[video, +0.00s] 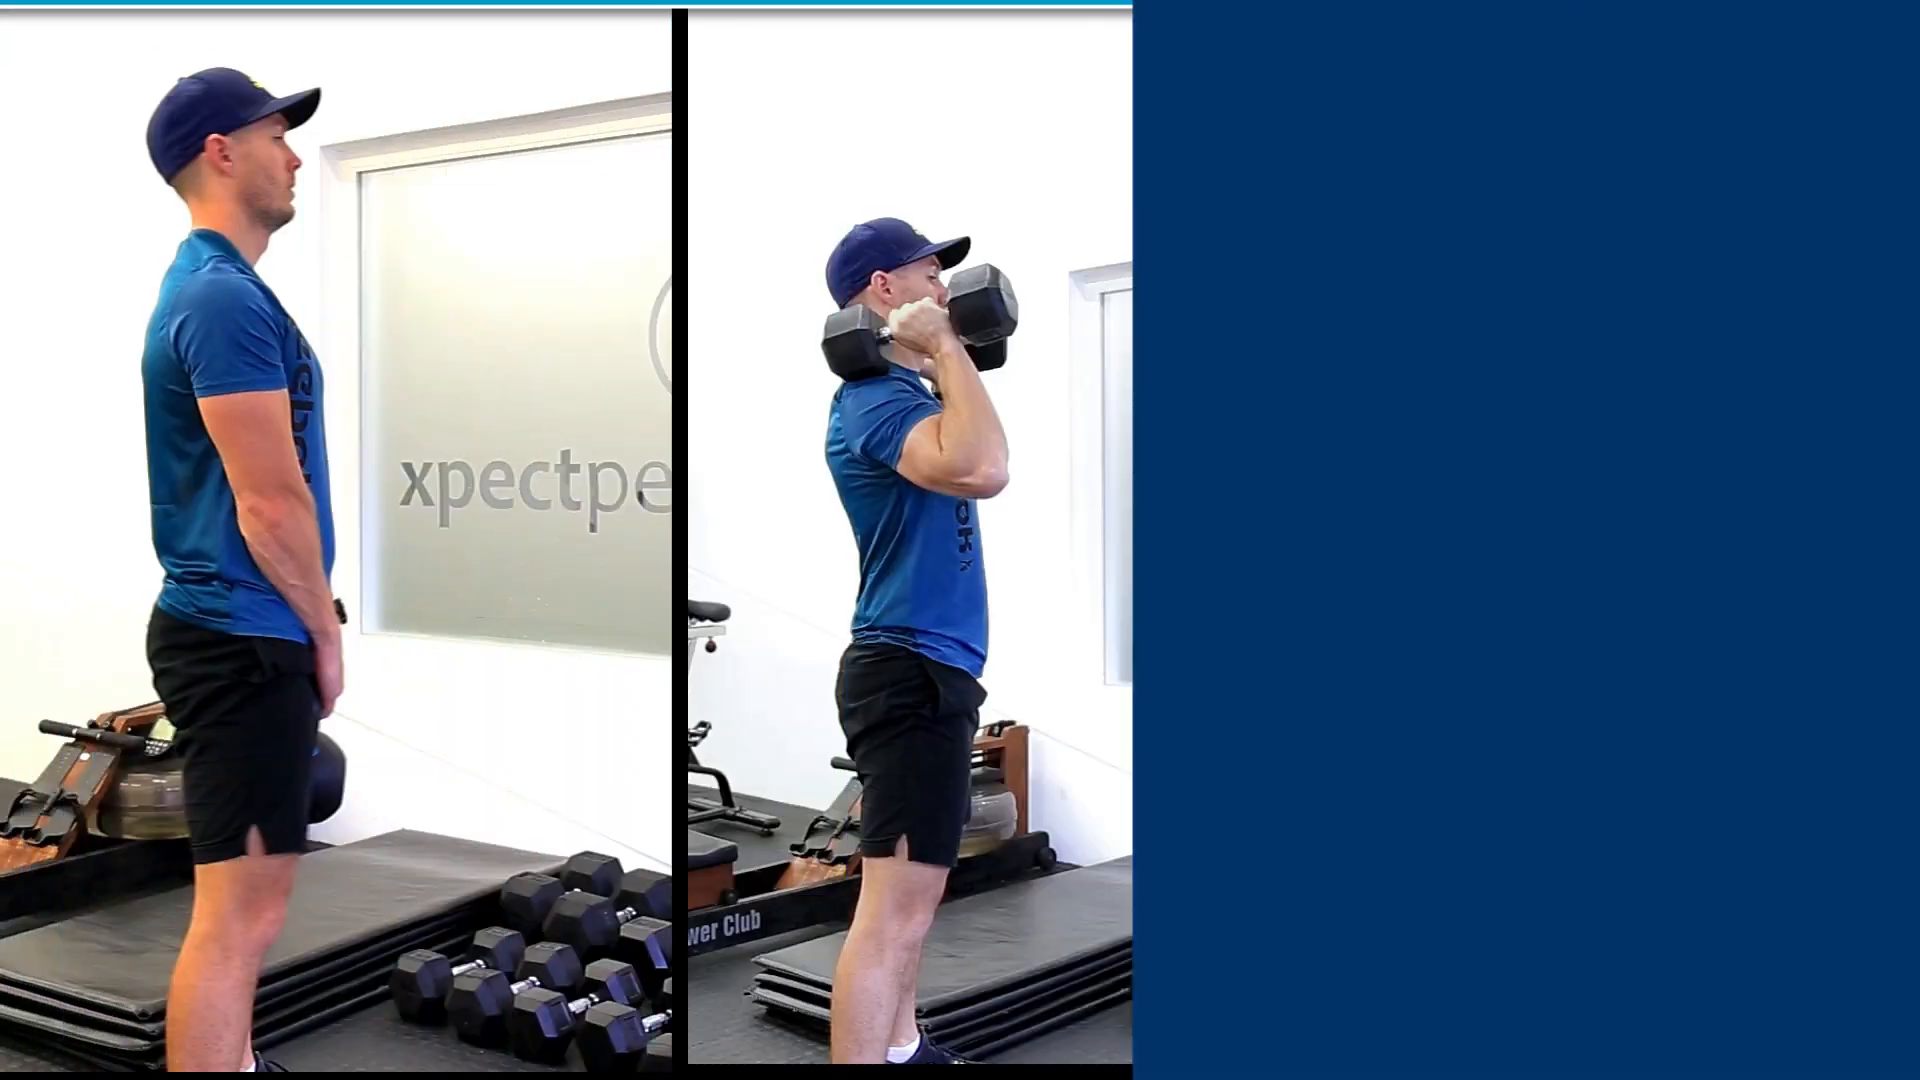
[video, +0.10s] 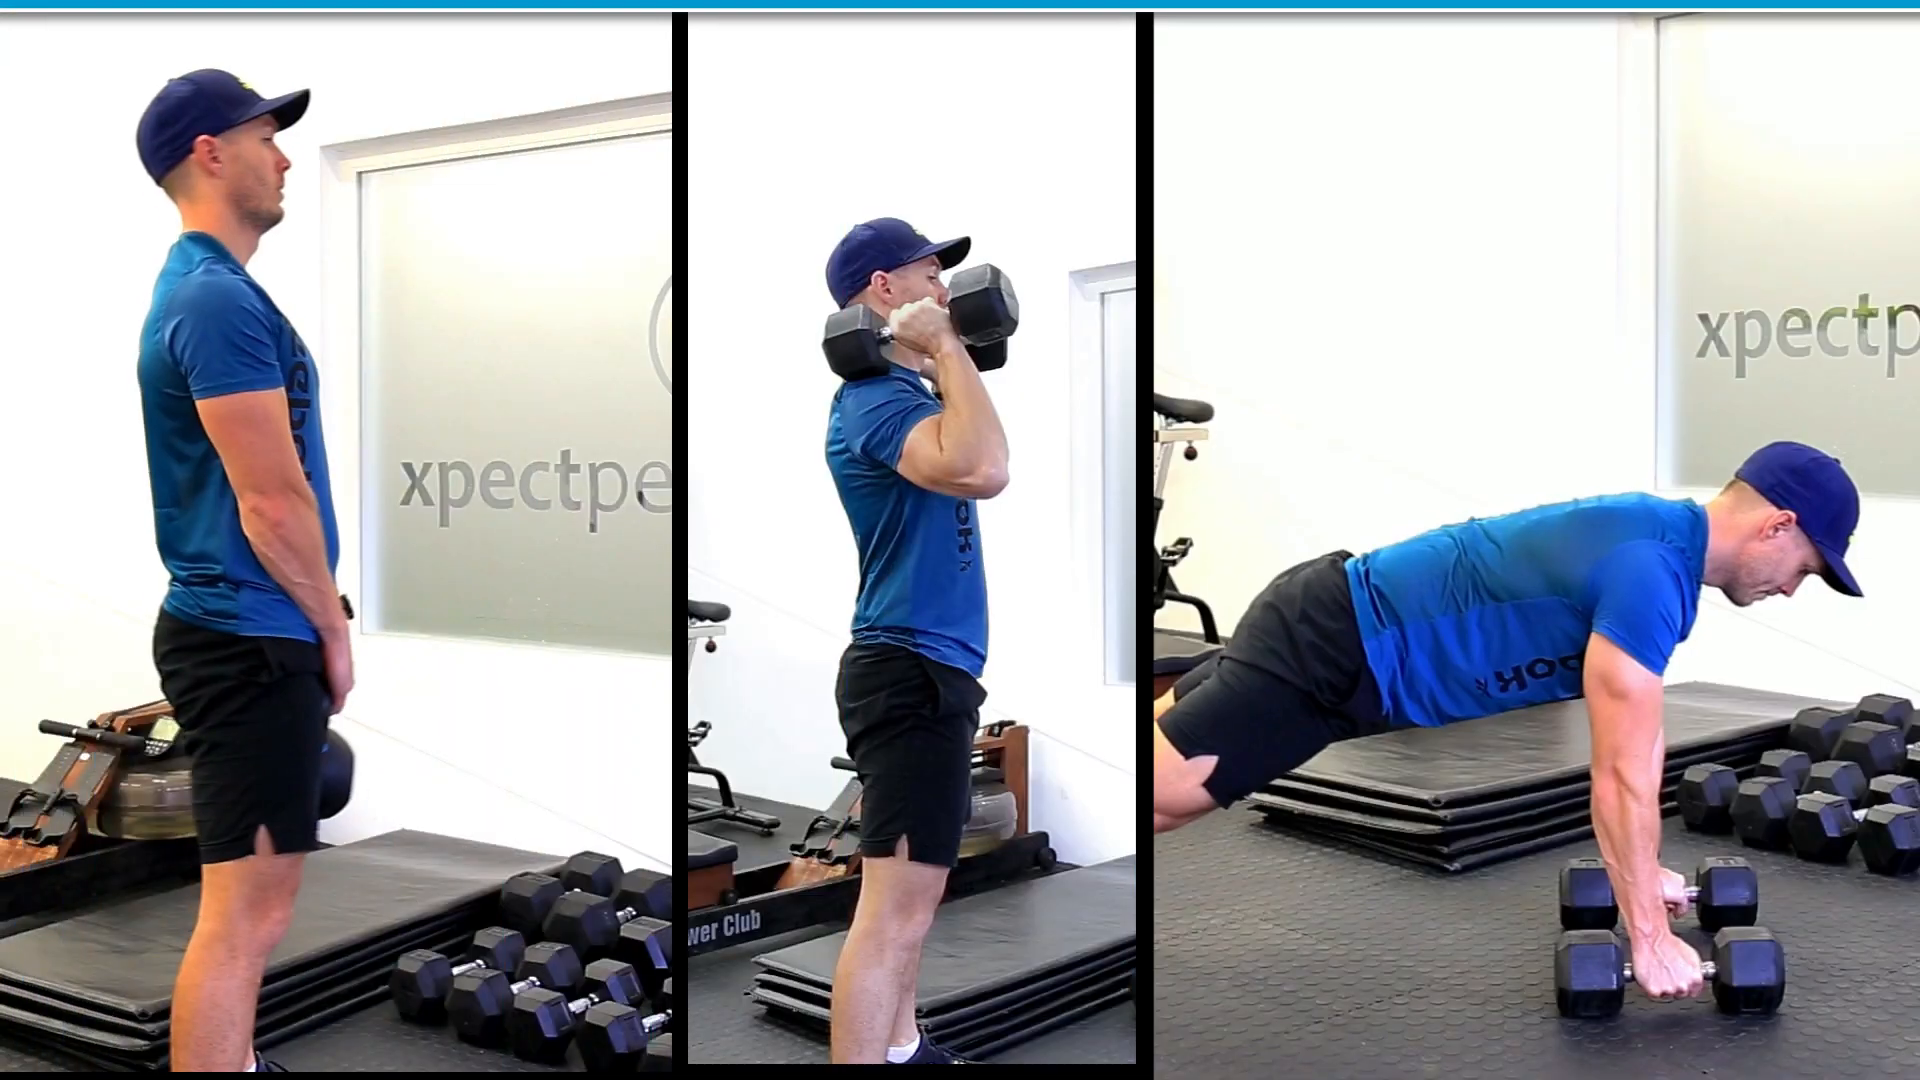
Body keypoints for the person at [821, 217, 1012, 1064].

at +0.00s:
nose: (943, 283)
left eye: (939, 270)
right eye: (930, 272)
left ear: (882, 292)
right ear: (883, 288)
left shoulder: (899, 396)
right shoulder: (871, 402)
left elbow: (981, 470)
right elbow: (978, 467)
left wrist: (949, 354)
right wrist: (945, 347)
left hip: (934, 673)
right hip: (906, 673)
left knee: (914, 898)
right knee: (893, 910)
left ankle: (898, 1047)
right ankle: (861, 1063)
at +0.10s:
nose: (944, 283)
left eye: (940, 270)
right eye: (931, 272)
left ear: (882, 291)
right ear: (883, 288)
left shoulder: (900, 396)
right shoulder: (870, 401)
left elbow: (985, 471)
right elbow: (976, 466)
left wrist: (950, 354)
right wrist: (944, 347)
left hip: (935, 672)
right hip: (907, 672)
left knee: (913, 901)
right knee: (894, 911)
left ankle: (899, 1048)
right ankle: (861, 1063)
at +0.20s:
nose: (944, 283)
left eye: (940, 270)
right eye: (931, 272)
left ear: (883, 292)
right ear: (884, 288)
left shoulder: (901, 396)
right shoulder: (870, 401)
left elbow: (986, 470)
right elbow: (977, 467)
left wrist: (950, 354)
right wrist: (945, 348)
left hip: (935, 672)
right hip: (907, 673)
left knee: (913, 901)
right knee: (894, 911)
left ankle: (899, 1048)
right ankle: (861, 1063)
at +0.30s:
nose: (945, 283)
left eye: (941, 270)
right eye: (932, 272)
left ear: (883, 291)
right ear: (884, 287)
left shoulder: (901, 396)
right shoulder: (870, 401)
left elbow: (987, 471)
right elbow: (976, 467)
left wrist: (950, 354)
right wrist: (945, 348)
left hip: (935, 674)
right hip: (908, 675)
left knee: (913, 902)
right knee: (894, 913)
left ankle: (900, 1048)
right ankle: (862, 1063)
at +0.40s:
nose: (946, 283)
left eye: (942, 270)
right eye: (933, 272)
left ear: (883, 291)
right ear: (885, 287)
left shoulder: (900, 397)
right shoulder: (871, 401)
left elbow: (985, 471)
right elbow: (977, 468)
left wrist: (949, 354)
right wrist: (945, 347)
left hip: (934, 674)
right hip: (908, 675)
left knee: (912, 901)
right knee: (895, 912)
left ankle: (899, 1047)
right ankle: (862, 1063)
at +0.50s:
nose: (947, 283)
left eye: (942, 270)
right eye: (933, 271)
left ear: (884, 291)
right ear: (886, 287)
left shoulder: (901, 397)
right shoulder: (871, 401)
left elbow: (986, 472)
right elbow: (977, 468)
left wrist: (948, 354)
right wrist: (946, 347)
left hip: (934, 675)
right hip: (908, 675)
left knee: (912, 903)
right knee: (895, 914)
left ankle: (899, 1048)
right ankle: (862, 1063)